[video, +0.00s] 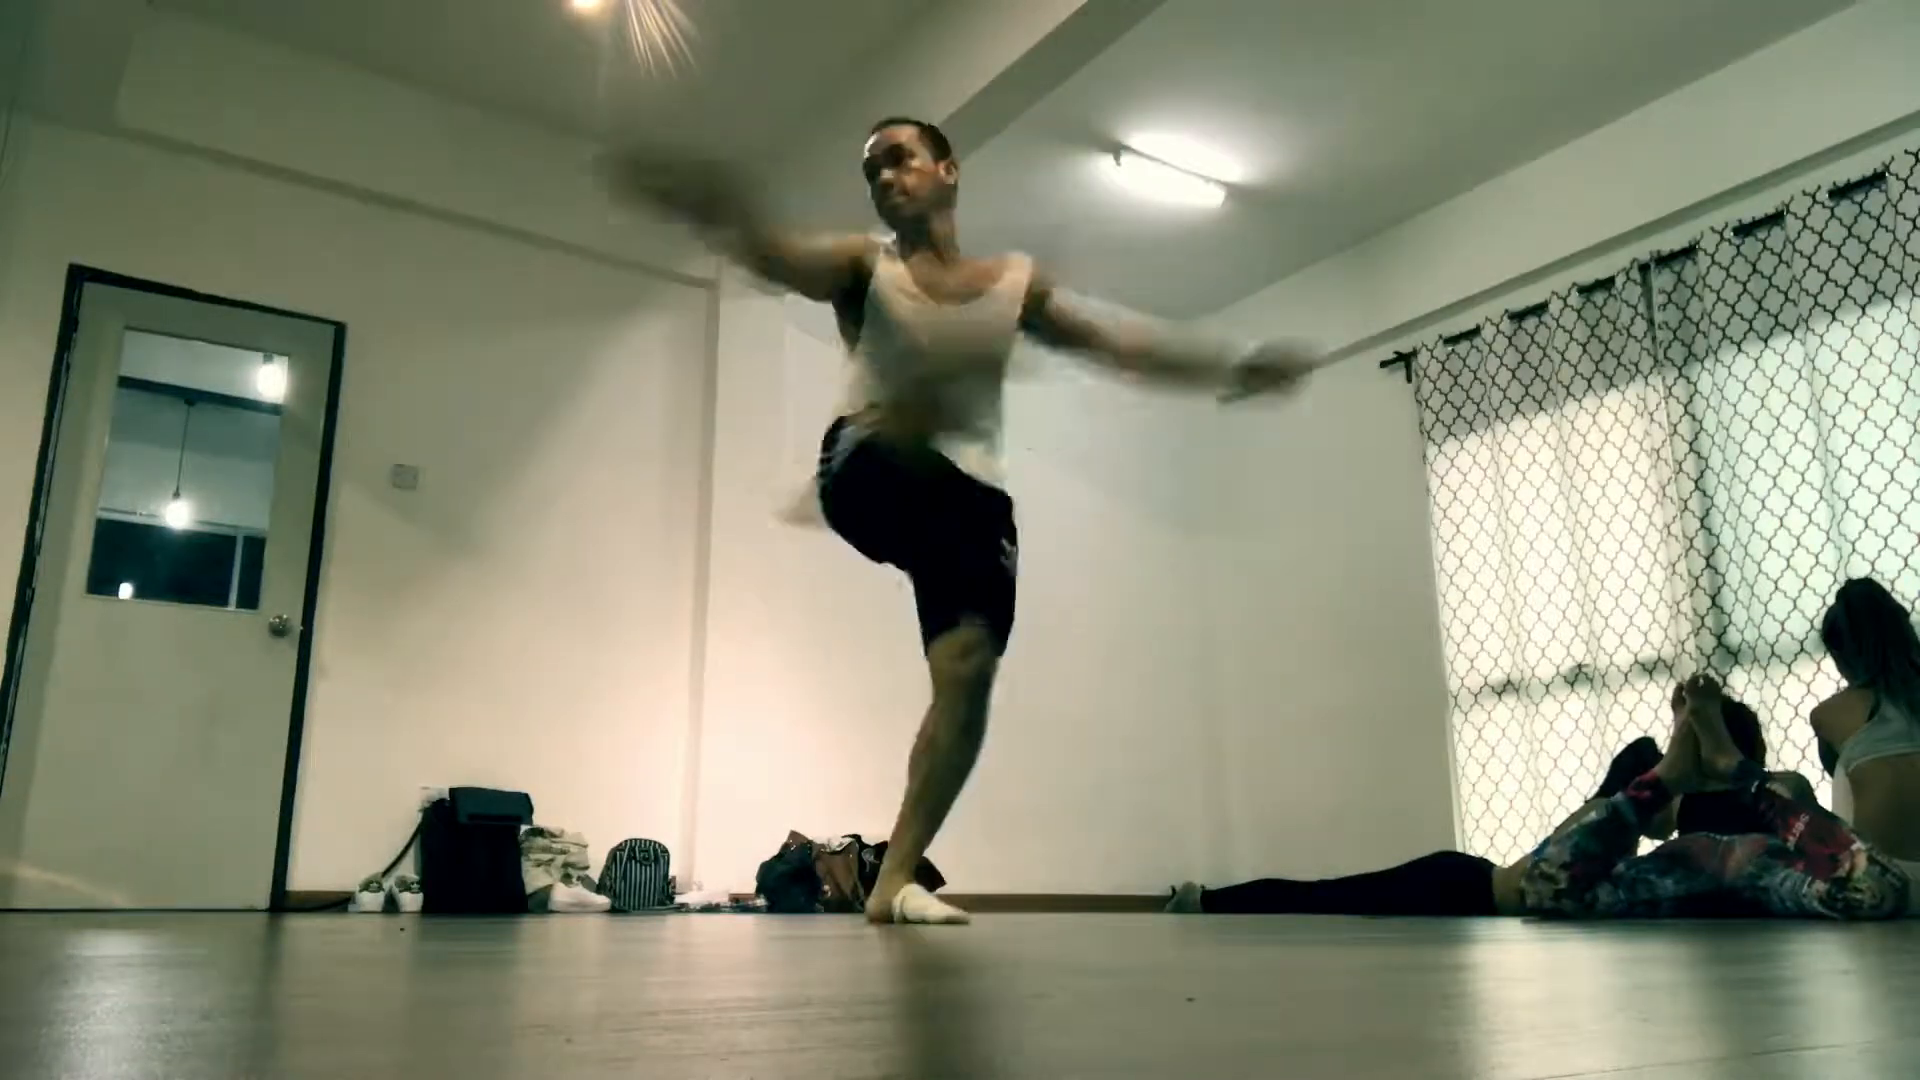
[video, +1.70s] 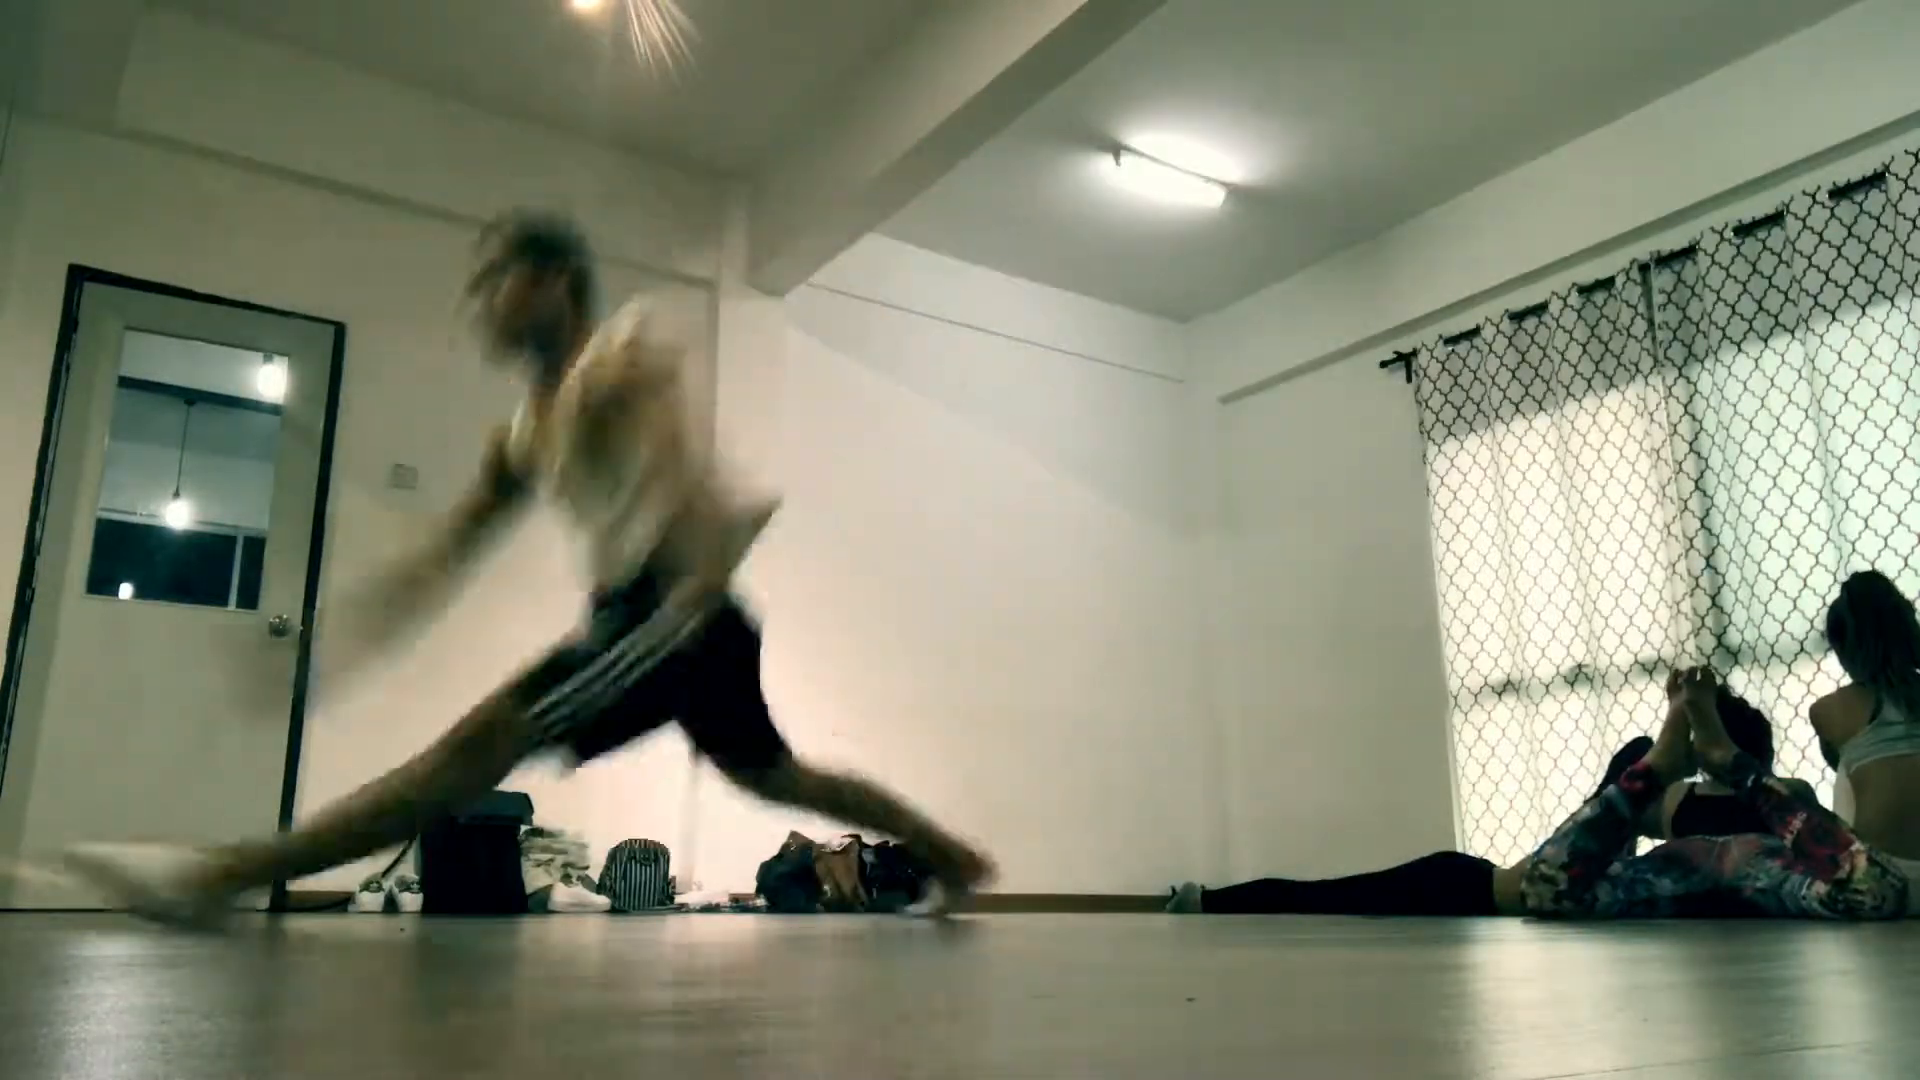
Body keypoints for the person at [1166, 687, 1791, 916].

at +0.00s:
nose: (1676, 725)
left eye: (1691, 716)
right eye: (1678, 714)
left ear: (1723, 735)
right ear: (1682, 732)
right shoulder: (1641, 798)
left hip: (1480, 887)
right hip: (1472, 880)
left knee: (1337, 899)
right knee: (1333, 896)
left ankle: (1211, 901)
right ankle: (1205, 901)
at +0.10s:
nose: (1676, 718)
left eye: (1691, 714)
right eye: (1679, 710)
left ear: (1723, 740)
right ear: (1689, 731)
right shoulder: (1645, 785)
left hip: (1483, 887)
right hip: (1475, 878)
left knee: (1338, 899)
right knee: (1333, 894)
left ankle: (1212, 902)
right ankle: (1208, 900)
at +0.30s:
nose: (1666, 810)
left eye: (1664, 795)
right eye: (1651, 786)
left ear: (1637, 784)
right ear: (1632, 784)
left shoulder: (1621, 825)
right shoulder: (1613, 823)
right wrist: (1685, 728)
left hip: (1470, 887)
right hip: (1463, 887)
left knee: (1332, 896)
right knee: (1327, 898)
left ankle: (1212, 899)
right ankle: (1206, 902)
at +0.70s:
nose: (1694, 769)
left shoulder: (1634, 806)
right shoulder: (1629, 807)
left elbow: (1660, 782)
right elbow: (1658, 784)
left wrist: (1685, 721)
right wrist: (1685, 722)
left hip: (1474, 883)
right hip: (1470, 882)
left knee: (1335, 895)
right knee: (1332, 896)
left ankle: (1210, 899)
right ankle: (1206, 900)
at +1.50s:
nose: (1682, 726)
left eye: (1698, 724)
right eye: (1689, 718)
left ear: (1720, 740)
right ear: (1704, 733)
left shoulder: (1702, 802)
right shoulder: (1652, 781)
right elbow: (1645, 790)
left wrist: (1690, 721)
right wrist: (1681, 718)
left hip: (1497, 889)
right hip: (1488, 880)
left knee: (1340, 900)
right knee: (1336, 895)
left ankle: (1212, 902)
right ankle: (1208, 900)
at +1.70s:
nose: (1669, 717)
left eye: (1683, 712)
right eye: (1670, 708)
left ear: (1715, 732)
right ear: (1690, 727)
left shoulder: (1725, 798)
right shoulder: (1642, 775)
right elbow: (1642, 793)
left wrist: (1708, 728)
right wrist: (1683, 722)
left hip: (1500, 892)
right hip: (1486, 881)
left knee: (1340, 901)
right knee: (1334, 895)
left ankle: (1212, 902)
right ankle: (1205, 901)